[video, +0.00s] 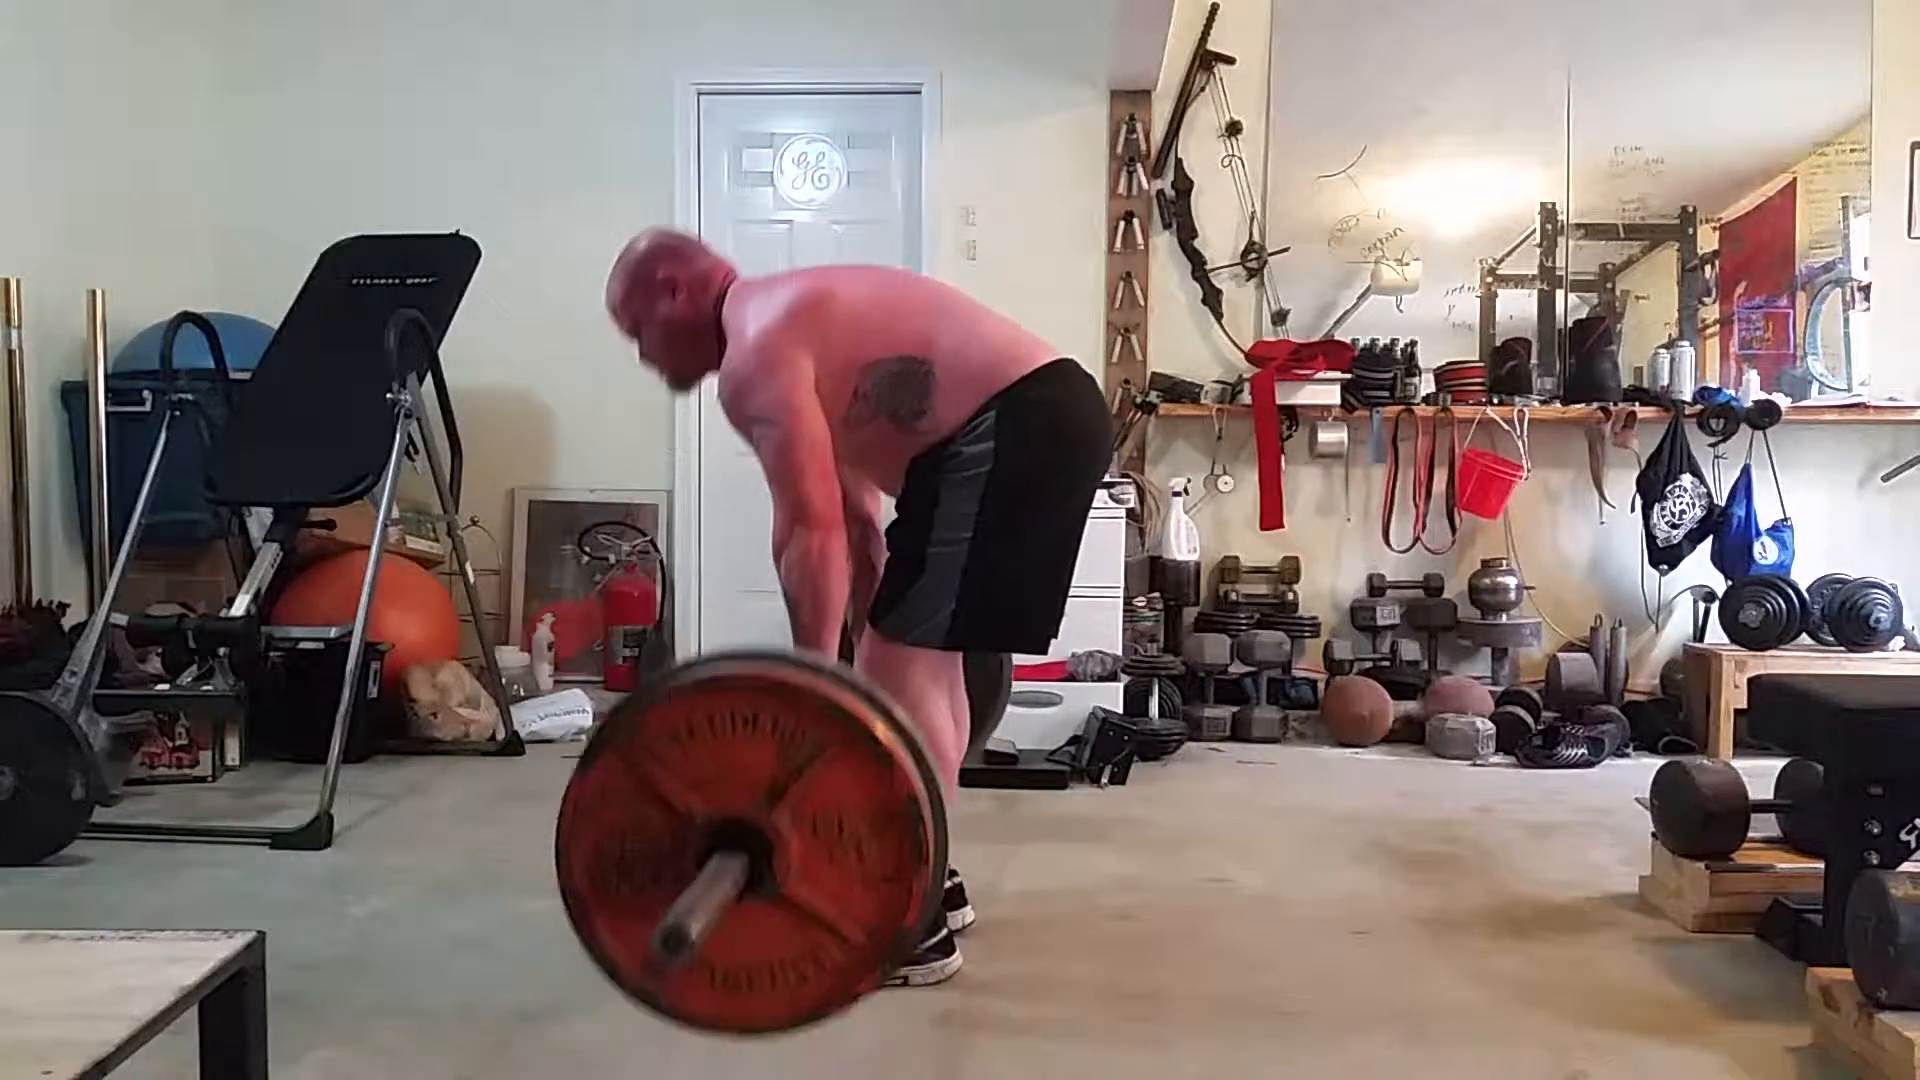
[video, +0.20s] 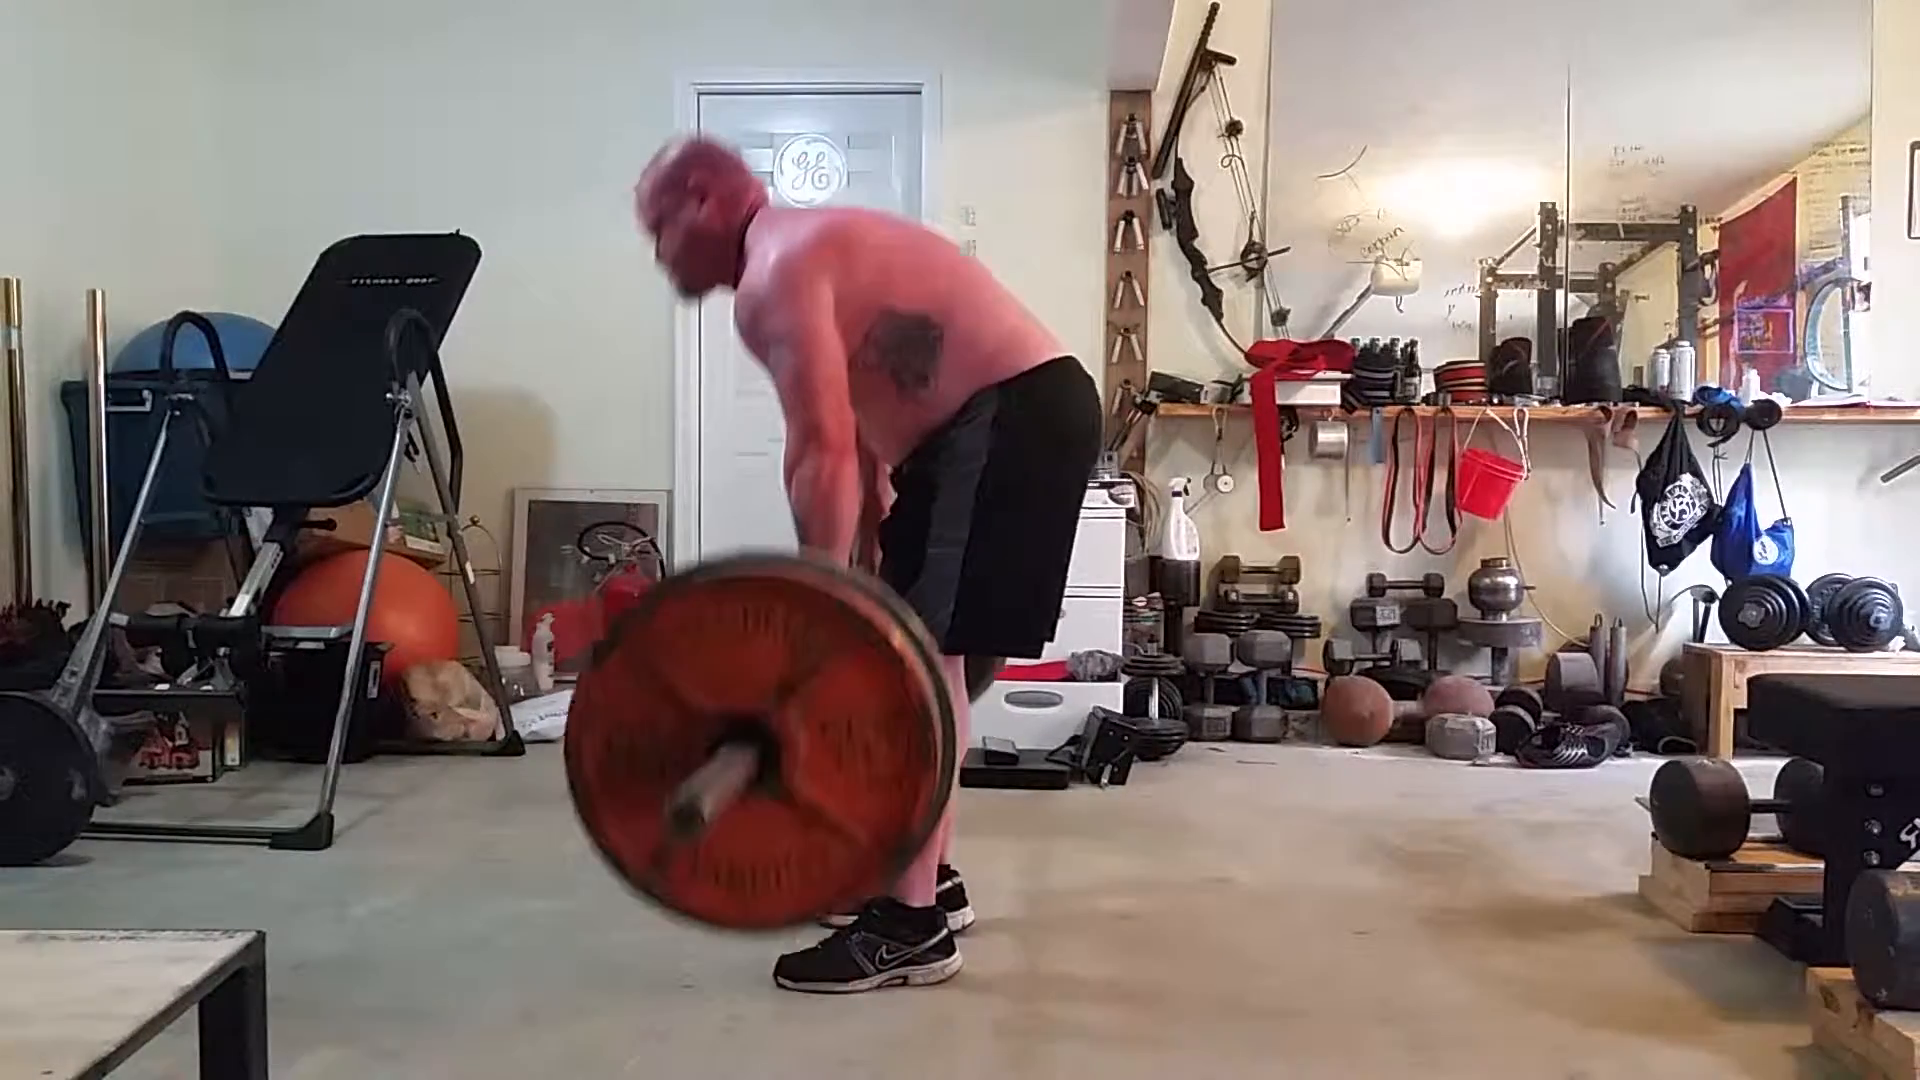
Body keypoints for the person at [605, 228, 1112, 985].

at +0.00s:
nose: (645, 358)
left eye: (638, 333)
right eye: (633, 342)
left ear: (675, 288)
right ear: (689, 283)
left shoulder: (758, 353)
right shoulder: (783, 334)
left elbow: (811, 529)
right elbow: (860, 534)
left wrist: (807, 693)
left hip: (1010, 424)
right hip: (1027, 416)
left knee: (896, 662)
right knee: (924, 660)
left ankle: (912, 912)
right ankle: (922, 882)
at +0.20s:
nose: (660, 258)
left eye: (659, 232)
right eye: (653, 239)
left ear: (707, 198)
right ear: (714, 196)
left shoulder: (781, 266)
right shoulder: (802, 255)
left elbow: (824, 451)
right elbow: (862, 447)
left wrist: (809, 624)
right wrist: (864, 570)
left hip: (1005, 416)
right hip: (991, 419)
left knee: (917, 665)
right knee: (927, 660)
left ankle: (908, 912)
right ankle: (925, 882)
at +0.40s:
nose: (700, 118)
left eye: (710, 95)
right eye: (701, 99)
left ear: (766, 88)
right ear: (775, 92)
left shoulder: (817, 175)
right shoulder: (821, 174)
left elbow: (845, 357)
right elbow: (834, 363)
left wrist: (822, 532)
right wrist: (815, 528)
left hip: (981, 400)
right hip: (954, 402)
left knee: (918, 645)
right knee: (912, 640)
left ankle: (911, 916)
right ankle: (919, 881)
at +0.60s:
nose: (787, 17)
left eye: (801, 2)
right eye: (793, 3)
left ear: (851, 8)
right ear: (871, 16)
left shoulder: (875, 100)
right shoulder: (893, 100)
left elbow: (873, 284)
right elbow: (867, 291)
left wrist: (825, 449)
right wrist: (806, 442)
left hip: (936, 400)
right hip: (954, 397)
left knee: (914, 652)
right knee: (923, 649)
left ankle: (912, 916)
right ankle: (926, 879)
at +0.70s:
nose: (826, 10)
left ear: (885, 1)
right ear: (921, 7)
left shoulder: (900, 88)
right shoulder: (944, 90)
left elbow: (888, 272)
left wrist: (817, 426)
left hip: (932, 402)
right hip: (966, 398)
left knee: (910, 656)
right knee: (921, 653)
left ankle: (914, 920)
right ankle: (922, 882)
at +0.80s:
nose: (842, 11)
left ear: (902, 4)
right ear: (925, 10)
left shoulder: (917, 87)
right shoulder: (946, 87)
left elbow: (894, 279)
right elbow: (873, 279)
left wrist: (824, 430)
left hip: (936, 401)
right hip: (962, 399)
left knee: (902, 655)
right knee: (916, 652)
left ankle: (912, 919)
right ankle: (923, 882)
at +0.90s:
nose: (811, 20)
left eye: (825, 5)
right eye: (816, 7)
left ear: (875, 7)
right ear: (899, 14)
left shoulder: (901, 91)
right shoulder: (924, 93)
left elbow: (885, 279)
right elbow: (883, 285)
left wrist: (819, 435)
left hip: (935, 398)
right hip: (959, 398)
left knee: (893, 652)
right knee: (918, 649)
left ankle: (908, 920)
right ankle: (926, 879)